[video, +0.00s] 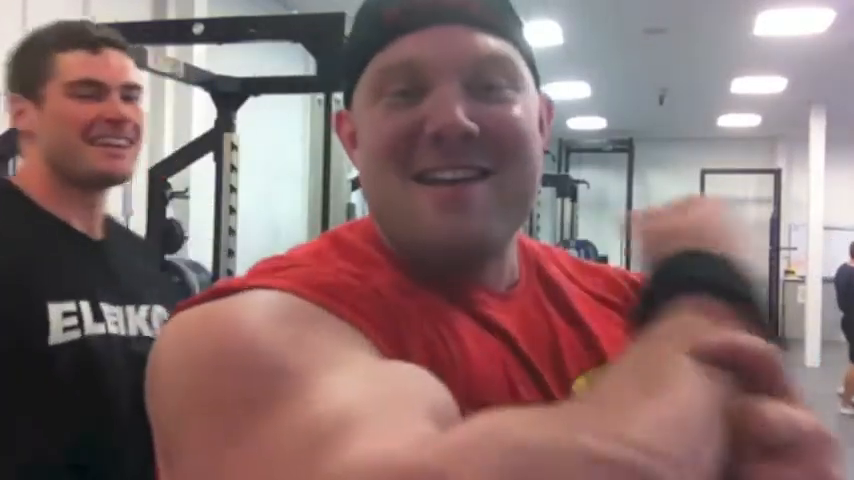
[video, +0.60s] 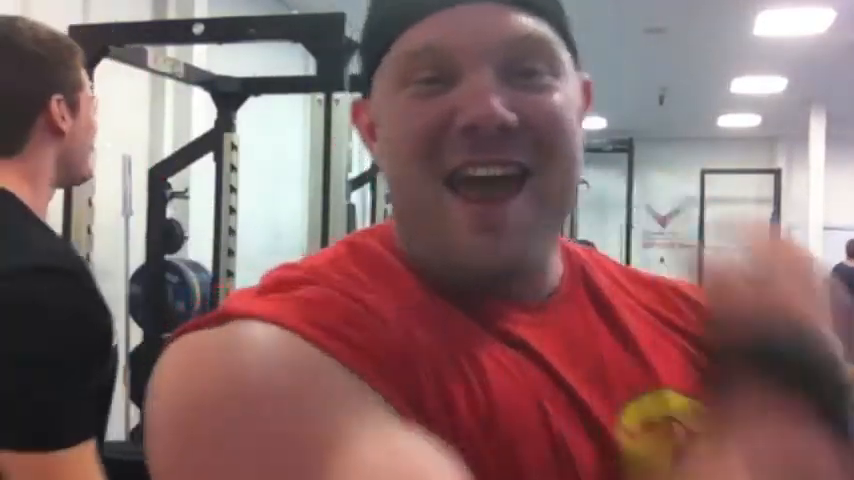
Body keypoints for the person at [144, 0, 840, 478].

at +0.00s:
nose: (450, 121)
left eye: (489, 87)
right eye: (404, 92)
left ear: (543, 127)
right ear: (350, 138)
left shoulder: (639, 302)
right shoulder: (243, 338)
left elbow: (782, 447)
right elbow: (411, 466)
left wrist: (791, 450)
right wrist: (702, 295)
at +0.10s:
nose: (449, 122)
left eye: (489, 86)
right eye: (402, 91)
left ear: (546, 126)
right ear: (348, 138)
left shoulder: (651, 308)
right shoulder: (235, 344)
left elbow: (817, 448)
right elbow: (401, 464)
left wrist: (798, 445)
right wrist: (740, 304)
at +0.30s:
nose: (447, 121)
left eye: (486, 83)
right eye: (399, 89)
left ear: (547, 120)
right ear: (343, 136)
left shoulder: (607, 293)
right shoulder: (221, 356)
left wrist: (765, 453)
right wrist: (646, 263)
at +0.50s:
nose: (461, 118)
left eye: (501, 78)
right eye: (410, 86)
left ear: (562, 113)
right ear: (352, 133)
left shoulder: (621, 291)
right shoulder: (227, 358)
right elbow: (619, 455)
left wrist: (800, 449)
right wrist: (655, 255)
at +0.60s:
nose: (488, 110)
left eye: (528, 74)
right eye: (434, 79)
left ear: (582, 105)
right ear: (367, 129)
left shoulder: (711, 326)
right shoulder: (244, 367)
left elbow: (794, 456)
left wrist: (798, 372)